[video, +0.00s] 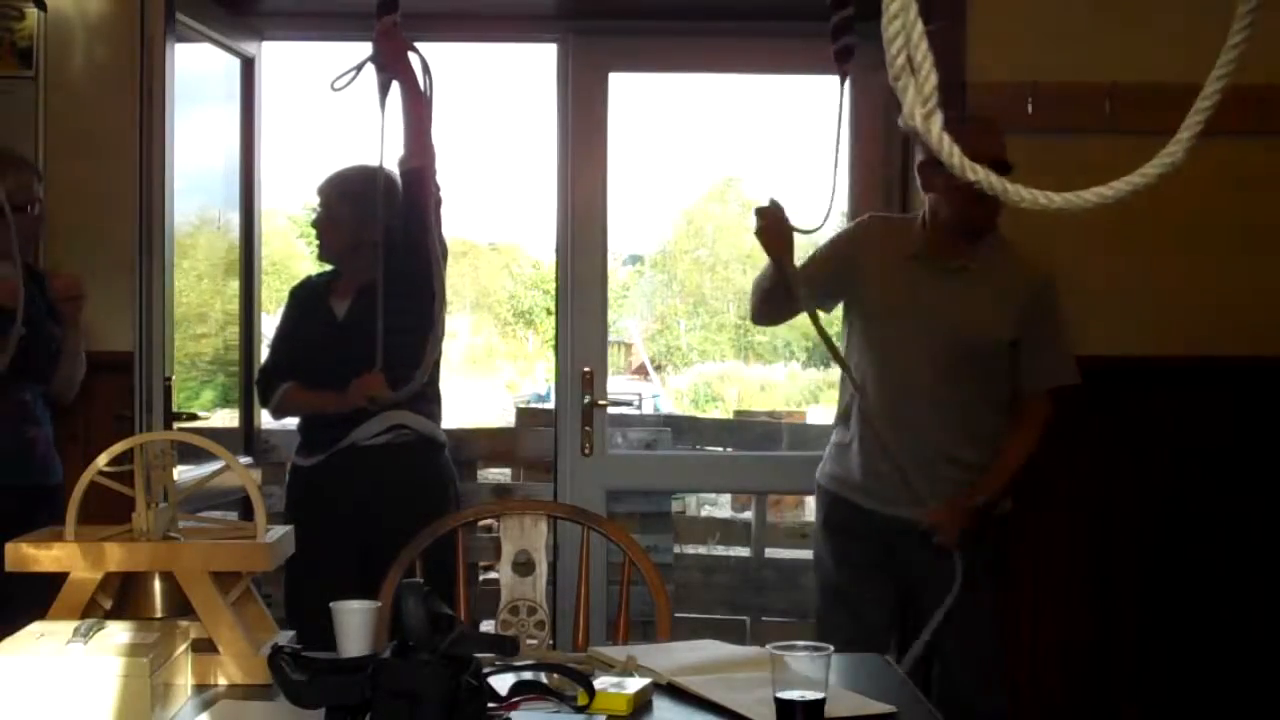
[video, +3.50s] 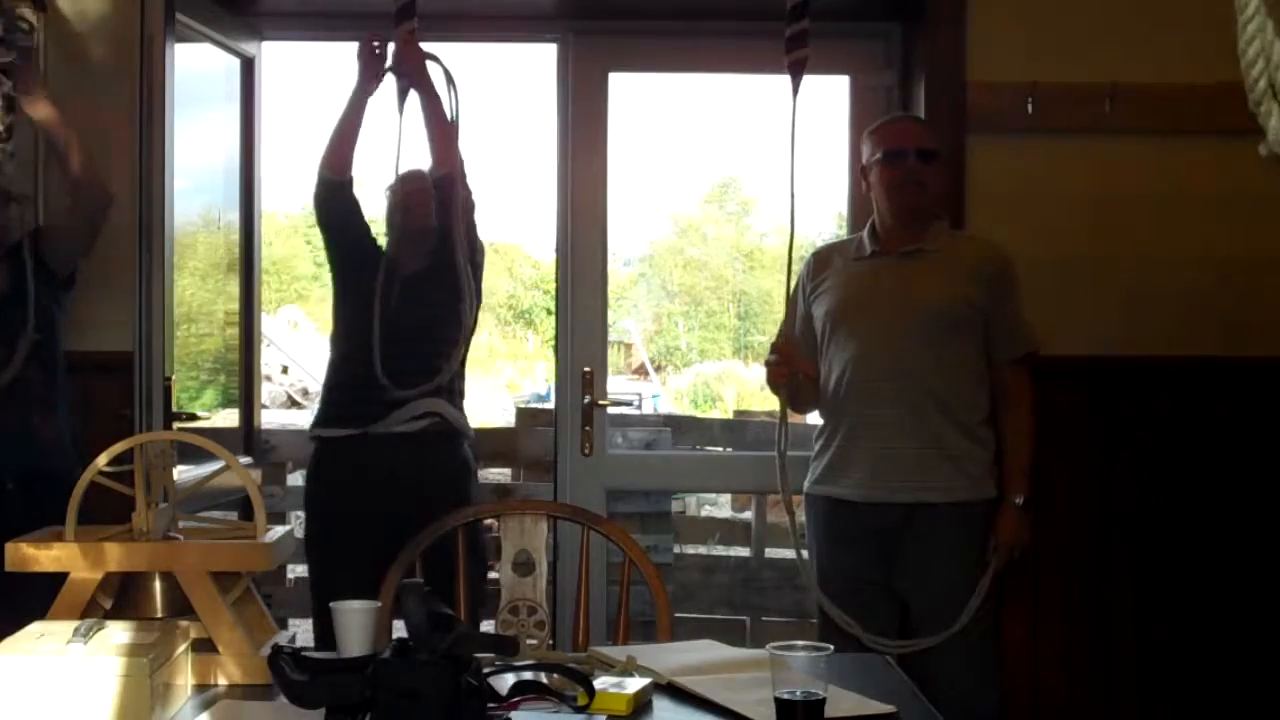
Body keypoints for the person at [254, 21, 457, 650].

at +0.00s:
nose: (315, 224)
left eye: (327, 213)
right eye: (319, 212)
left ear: (369, 222)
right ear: (346, 223)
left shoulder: (410, 286)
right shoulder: (307, 297)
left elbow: (419, 171)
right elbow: (275, 391)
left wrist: (404, 74)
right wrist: (346, 397)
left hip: (400, 486)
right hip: (319, 486)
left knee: (399, 622)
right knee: (317, 630)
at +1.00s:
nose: (336, 216)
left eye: (349, 204)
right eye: (339, 205)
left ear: (390, 212)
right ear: (358, 214)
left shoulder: (428, 279)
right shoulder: (328, 297)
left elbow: (435, 162)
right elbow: (279, 383)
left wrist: (418, 72)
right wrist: (305, 302)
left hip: (415, 463)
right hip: (333, 465)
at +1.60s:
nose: (359, 223)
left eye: (374, 210)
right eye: (352, 210)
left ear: (406, 218)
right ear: (342, 219)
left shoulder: (432, 278)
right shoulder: (330, 296)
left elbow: (436, 168)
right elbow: (285, 359)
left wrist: (417, 75)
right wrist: (326, 262)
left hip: (418, 462)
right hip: (335, 466)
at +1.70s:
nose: (360, 223)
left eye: (374, 211)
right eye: (352, 212)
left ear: (406, 219)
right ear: (342, 220)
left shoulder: (432, 278)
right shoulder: (332, 296)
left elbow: (435, 170)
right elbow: (288, 360)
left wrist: (415, 76)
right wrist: (328, 263)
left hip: (419, 455)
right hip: (338, 460)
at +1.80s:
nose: (369, 223)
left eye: (384, 211)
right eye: (358, 212)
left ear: (410, 220)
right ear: (346, 221)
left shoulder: (434, 276)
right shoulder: (335, 297)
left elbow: (434, 168)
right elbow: (289, 362)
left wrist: (414, 76)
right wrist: (331, 265)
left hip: (421, 468)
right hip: (337, 472)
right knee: (328, 649)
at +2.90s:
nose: (384, 204)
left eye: (399, 196)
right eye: (377, 197)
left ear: (426, 217)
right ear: (366, 217)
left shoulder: (441, 282)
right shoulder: (341, 284)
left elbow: (443, 170)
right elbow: (263, 253)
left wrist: (422, 79)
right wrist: (299, 175)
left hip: (417, 475)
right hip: (334, 475)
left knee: (422, 631)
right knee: (327, 641)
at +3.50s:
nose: (414, 191)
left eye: (427, 186)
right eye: (403, 186)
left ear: (446, 209)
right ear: (389, 211)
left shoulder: (457, 273)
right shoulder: (360, 266)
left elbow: (450, 174)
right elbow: (331, 183)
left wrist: (420, 82)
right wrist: (365, 86)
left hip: (430, 459)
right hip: (346, 459)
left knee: (441, 627)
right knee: (346, 634)